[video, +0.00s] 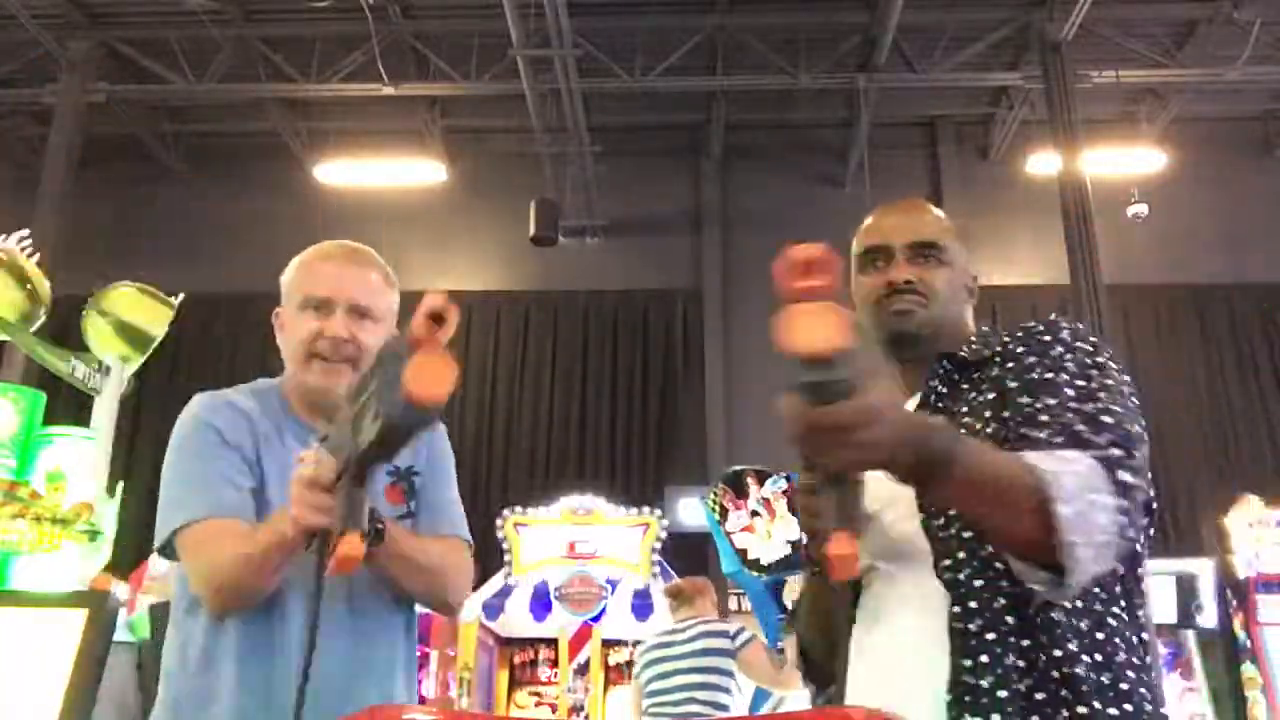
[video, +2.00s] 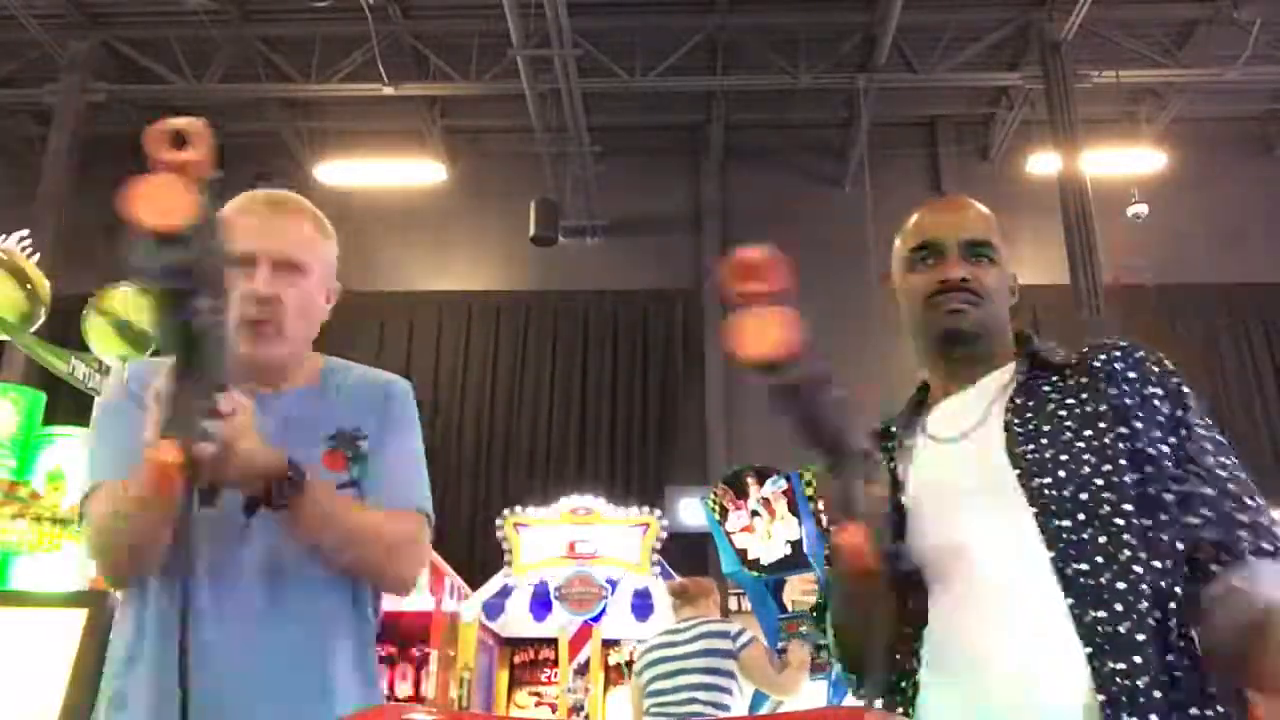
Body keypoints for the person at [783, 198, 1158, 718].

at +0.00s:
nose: (898, 276)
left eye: (926, 256)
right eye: (874, 262)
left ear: (970, 282)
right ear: (854, 298)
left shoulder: (1053, 353)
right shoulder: (860, 419)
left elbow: (1088, 529)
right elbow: (822, 667)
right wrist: (828, 550)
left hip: (1060, 697)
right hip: (896, 701)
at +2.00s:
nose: (953, 269)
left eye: (977, 254)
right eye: (925, 255)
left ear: (1010, 286)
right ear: (895, 292)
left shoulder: (1117, 381)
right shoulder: (885, 458)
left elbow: (1246, 549)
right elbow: (872, 667)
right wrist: (855, 580)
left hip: (1130, 702)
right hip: (954, 705)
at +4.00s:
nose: (947, 271)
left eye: (971, 256)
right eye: (919, 261)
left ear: (1009, 286)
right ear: (892, 302)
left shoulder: (1099, 352)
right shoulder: (900, 434)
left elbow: (1098, 515)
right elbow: (879, 669)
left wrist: (919, 434)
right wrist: (856, 515)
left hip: (1098, 701)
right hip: (938, 705)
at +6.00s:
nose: (894, 276)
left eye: (922, 257)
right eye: (871, 264)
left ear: (974, 281)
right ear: (854, 299)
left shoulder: (1047, 346)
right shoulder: (884, 445)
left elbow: (1046, 518)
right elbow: (845, 666)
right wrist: (825, 535)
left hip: (1050, 699)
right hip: (900, 702)